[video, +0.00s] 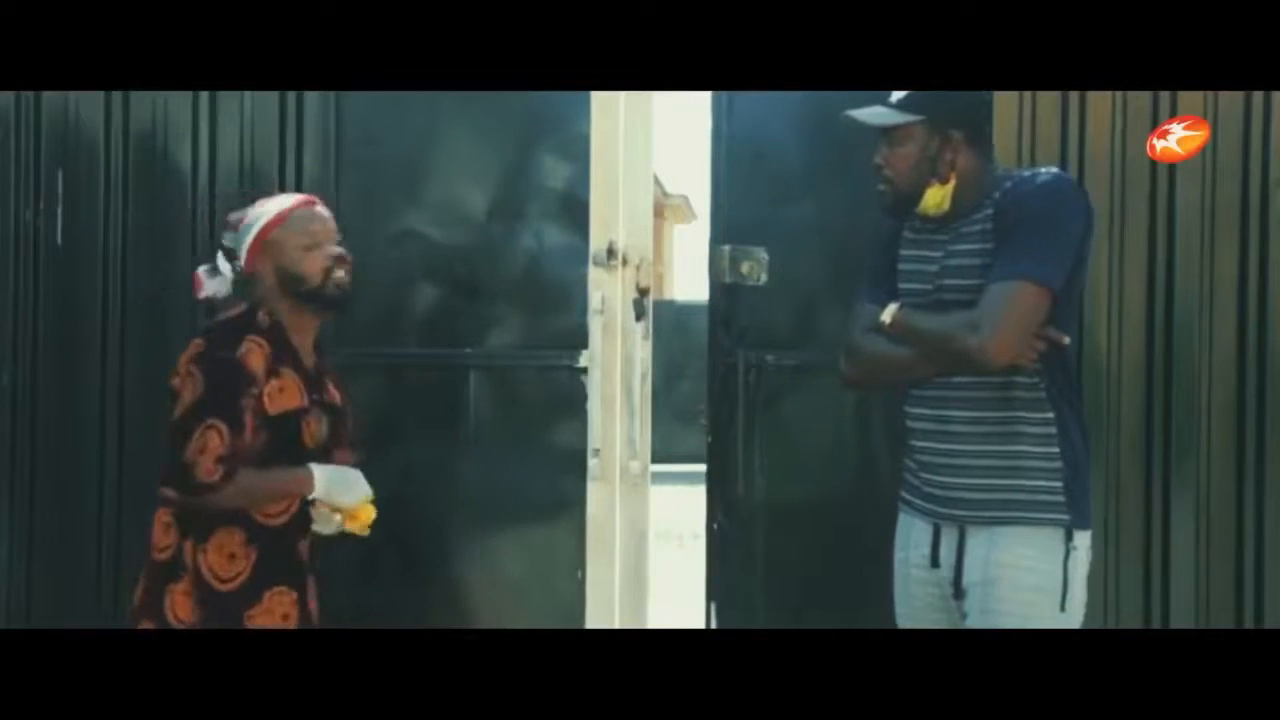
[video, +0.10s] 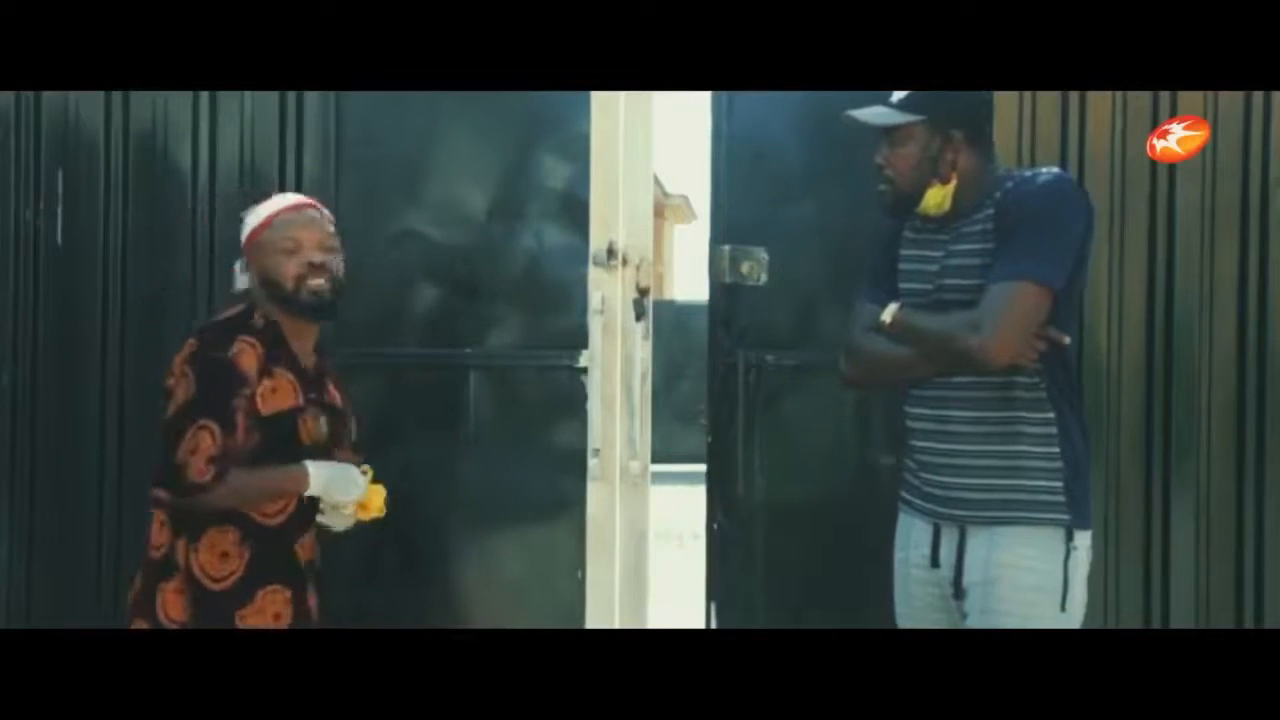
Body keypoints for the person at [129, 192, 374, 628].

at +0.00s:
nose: (338, 255)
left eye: (337, 244)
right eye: (313, 247)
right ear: (262, 267)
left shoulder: (312, 362)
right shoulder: (227, 354)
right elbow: (199, 485)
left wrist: (325, 508)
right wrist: (313, 482)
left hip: (284, 604)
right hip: (214, 609)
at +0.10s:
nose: (315, 261)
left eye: (327, 248)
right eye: (290, 251)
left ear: (343, 260)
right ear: (252, 269)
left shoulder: (315, 363)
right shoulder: (221, 353)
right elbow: (191, 487)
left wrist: (336, 506)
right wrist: (310, 479)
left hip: (284, 605)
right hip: (208, 610)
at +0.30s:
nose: (280, 267)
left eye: (298, 253)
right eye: (258, 254)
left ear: (319, 268)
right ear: (231, 270)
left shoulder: (333, 369)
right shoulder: (187, 367)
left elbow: (345, 466)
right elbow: (141, 486)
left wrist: (338, 497)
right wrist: (269, 483)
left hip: (297, 609)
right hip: (196, 611)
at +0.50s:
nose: (231, 270)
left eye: (255, 257)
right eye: (213, 256)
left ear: (286, 271)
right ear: (193, 270)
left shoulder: (328, 371)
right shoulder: (157, 370)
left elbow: (363, 475)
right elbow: (99, 487)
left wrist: (327, 510)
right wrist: (211, 493)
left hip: (288, 613)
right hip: (173, 612)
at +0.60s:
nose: (218, 271)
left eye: (242, 258)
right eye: (201, 257)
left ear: (273, 272)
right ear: (181, 271)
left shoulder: (322, 371)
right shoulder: (143, 372)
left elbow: (363, 478)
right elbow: (86, 486)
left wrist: (324, 519)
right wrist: (174, 497)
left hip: (285, 612)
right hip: (166, 612)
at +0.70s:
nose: (248, 270)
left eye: (263, 255)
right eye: (224, 255)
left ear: (280, 269)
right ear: (186, 273)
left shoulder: (320, 372)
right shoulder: (139, 373)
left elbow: (360, 481)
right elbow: (77, 485)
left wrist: (338, 525)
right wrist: (138, 492)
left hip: (284, 615)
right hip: (165, 614)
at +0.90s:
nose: (313, 262)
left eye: (308, 248)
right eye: (289, 250)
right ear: (233, 269)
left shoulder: (321, 372)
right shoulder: (170, 365)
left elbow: (345, 480)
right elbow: (73, 473)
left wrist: (350, 522)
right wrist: (132, 500)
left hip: (284, 615)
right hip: (176, 615)